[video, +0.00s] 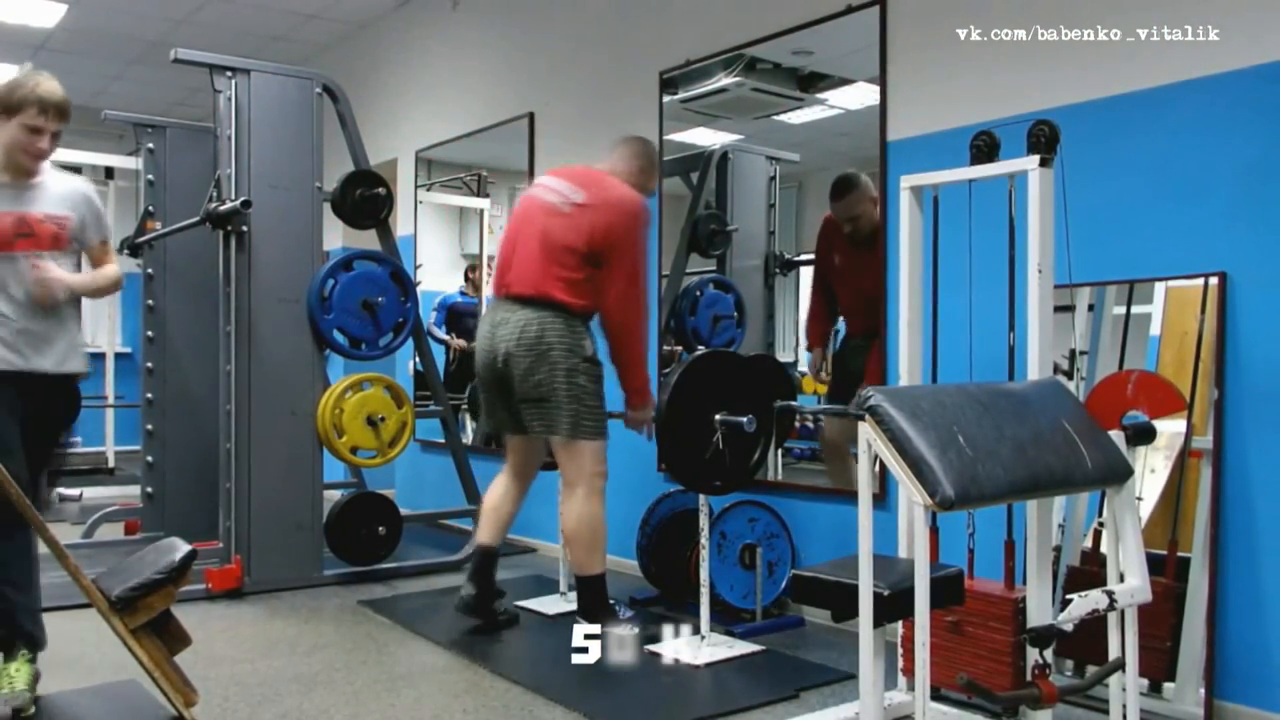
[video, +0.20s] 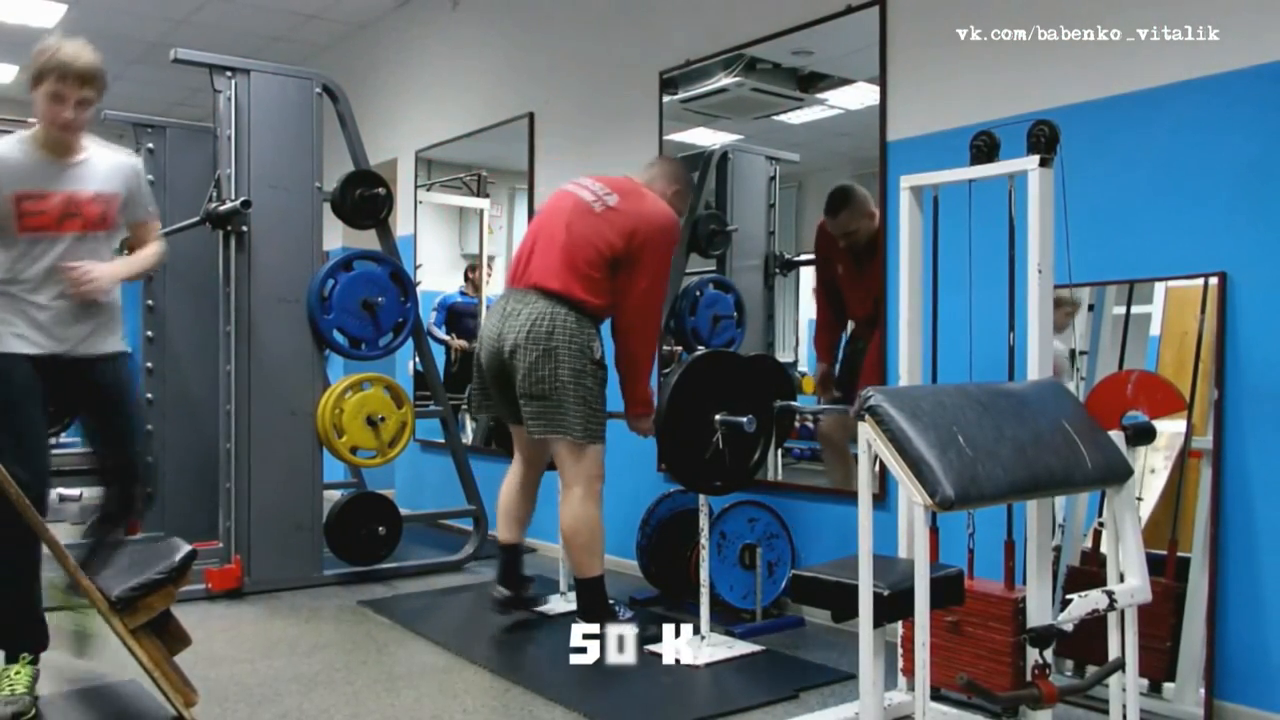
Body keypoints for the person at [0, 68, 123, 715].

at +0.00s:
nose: (42, 139)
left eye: (51, 130)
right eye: (30, 127)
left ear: (59, 136)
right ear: (3, 127)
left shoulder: (77, 196)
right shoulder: (3, 190)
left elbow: (112, 271)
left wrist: (72, 282)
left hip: (54, 373)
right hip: (6, 369)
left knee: (19, 507)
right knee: (14, 508)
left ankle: (16, 645)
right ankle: (20, 647)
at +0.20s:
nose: (70, 108)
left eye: (82, 97)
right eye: (58, 95)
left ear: (97, 103)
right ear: (34, 96)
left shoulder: (122, 167)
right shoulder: (6, 160)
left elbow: (154, 246)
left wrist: (114, 269)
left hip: (99, 348)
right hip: (18, 347)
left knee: (128, 483)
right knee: (20, 499)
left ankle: (87, 583)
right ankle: (19, 648)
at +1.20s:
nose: (98, 69)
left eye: (108, 53)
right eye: (95, 57)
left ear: (153, 53)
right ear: (126, 62)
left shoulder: (204, 136)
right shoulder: (131, 150)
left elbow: (223, 250)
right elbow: (148, 253)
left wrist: (108, 256)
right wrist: (91, 254)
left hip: (213, 351)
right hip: (149, 349)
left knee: (230, 506)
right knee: (104, 490)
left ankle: (254, 658)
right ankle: (92, 649)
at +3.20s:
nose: (74, 6)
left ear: (129, 12)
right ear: (54, 10)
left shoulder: (163, 105)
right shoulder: (30, 108)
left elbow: (234, 219)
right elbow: (16, 197)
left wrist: (111, 249)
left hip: (154, 346)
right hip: (70, 346)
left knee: (158, 513)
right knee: (100, 507)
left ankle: (167, 685)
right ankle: (155, 616)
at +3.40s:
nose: (77, 12)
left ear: (128, 10)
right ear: (53, 13)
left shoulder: (169, 96)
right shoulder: (34, 114)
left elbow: (250, 210)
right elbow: (11, 212)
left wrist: (128, 242)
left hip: (179, 346)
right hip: (85, 351)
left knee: (183, 525)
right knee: (101, 518)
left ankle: (177, 687)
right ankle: (179, 586)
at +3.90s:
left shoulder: (162, 66)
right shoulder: (5, 61)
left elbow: (235, 208)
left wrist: (124, 252)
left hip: (138, 353)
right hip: (14, 358)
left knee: (170, 543)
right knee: (15, 566)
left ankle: (176, 694)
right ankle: (28, 711)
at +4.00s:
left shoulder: (160, 41)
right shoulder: (4, 35)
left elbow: (231, 189)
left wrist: (136, 231)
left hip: (139, 333)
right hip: (13, 346)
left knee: (185, 571)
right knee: (17, 586)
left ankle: (169, 712)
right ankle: (31, 711)